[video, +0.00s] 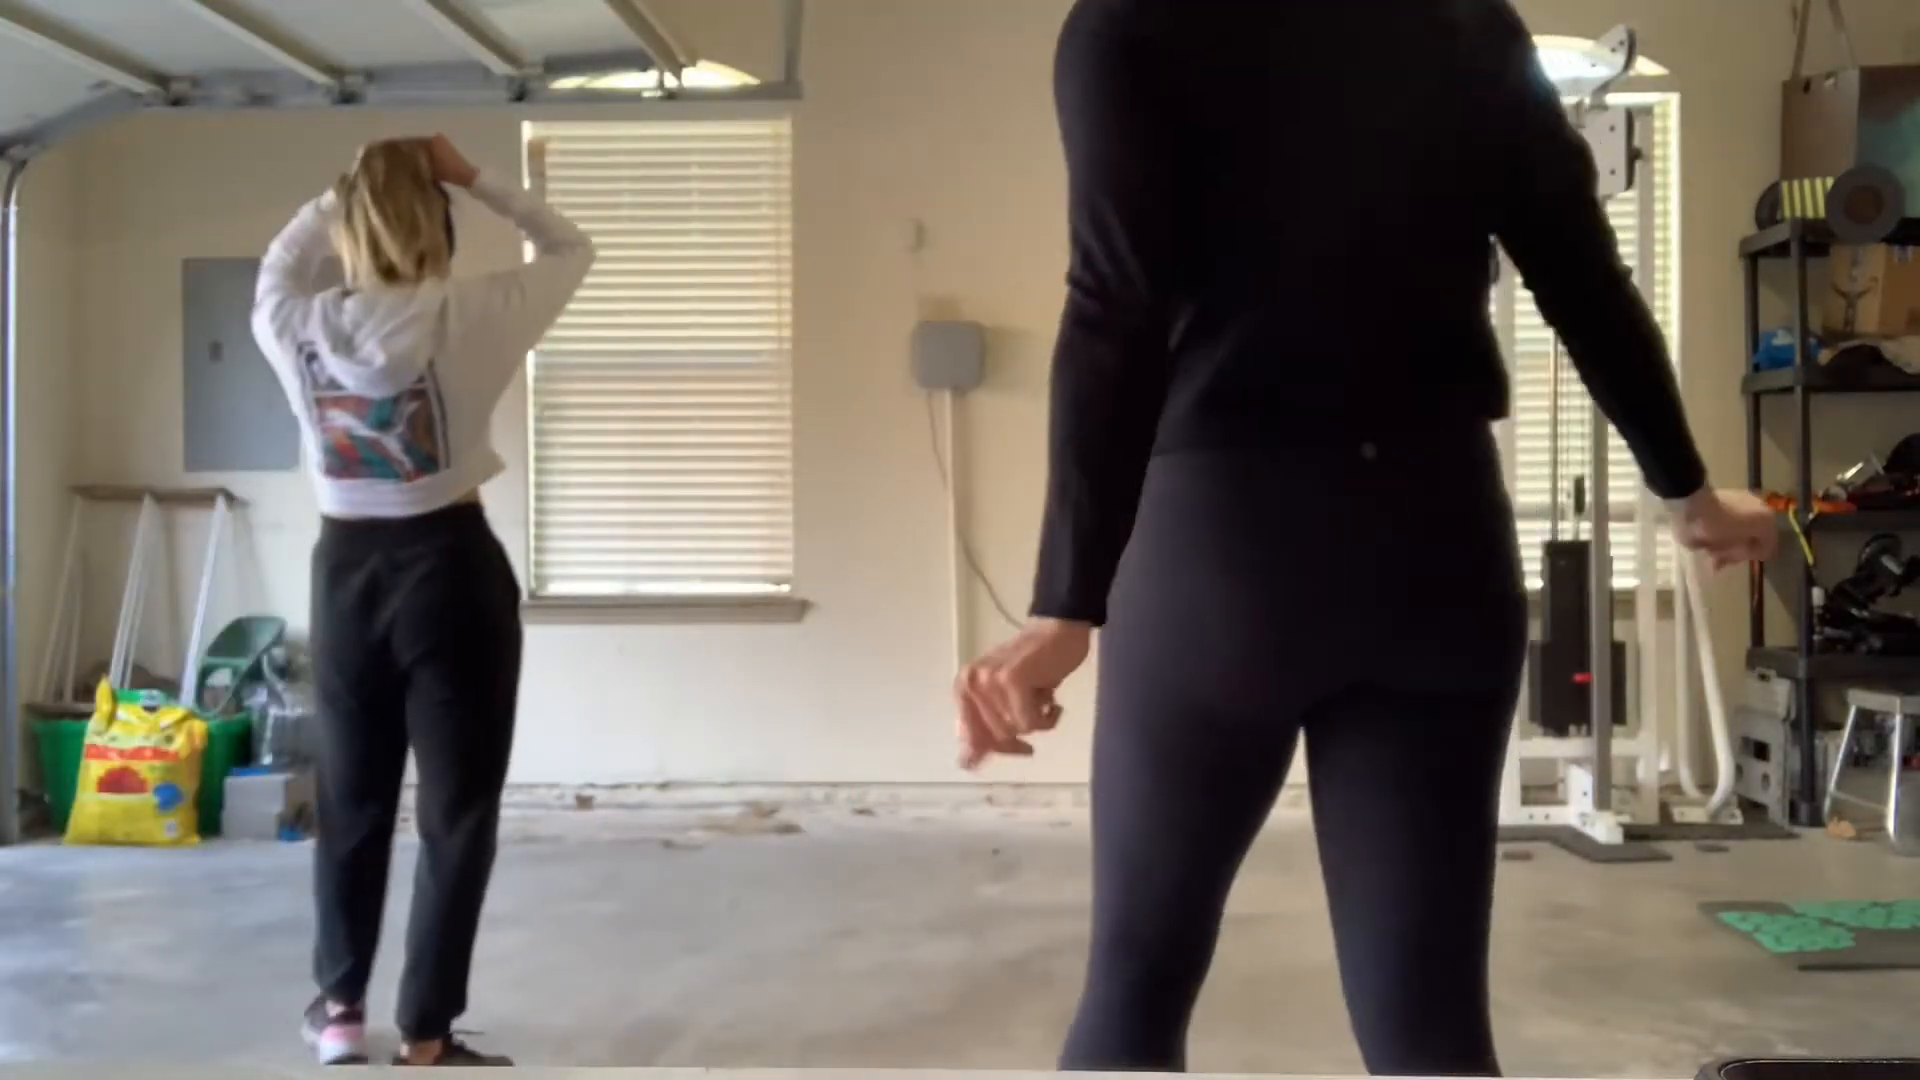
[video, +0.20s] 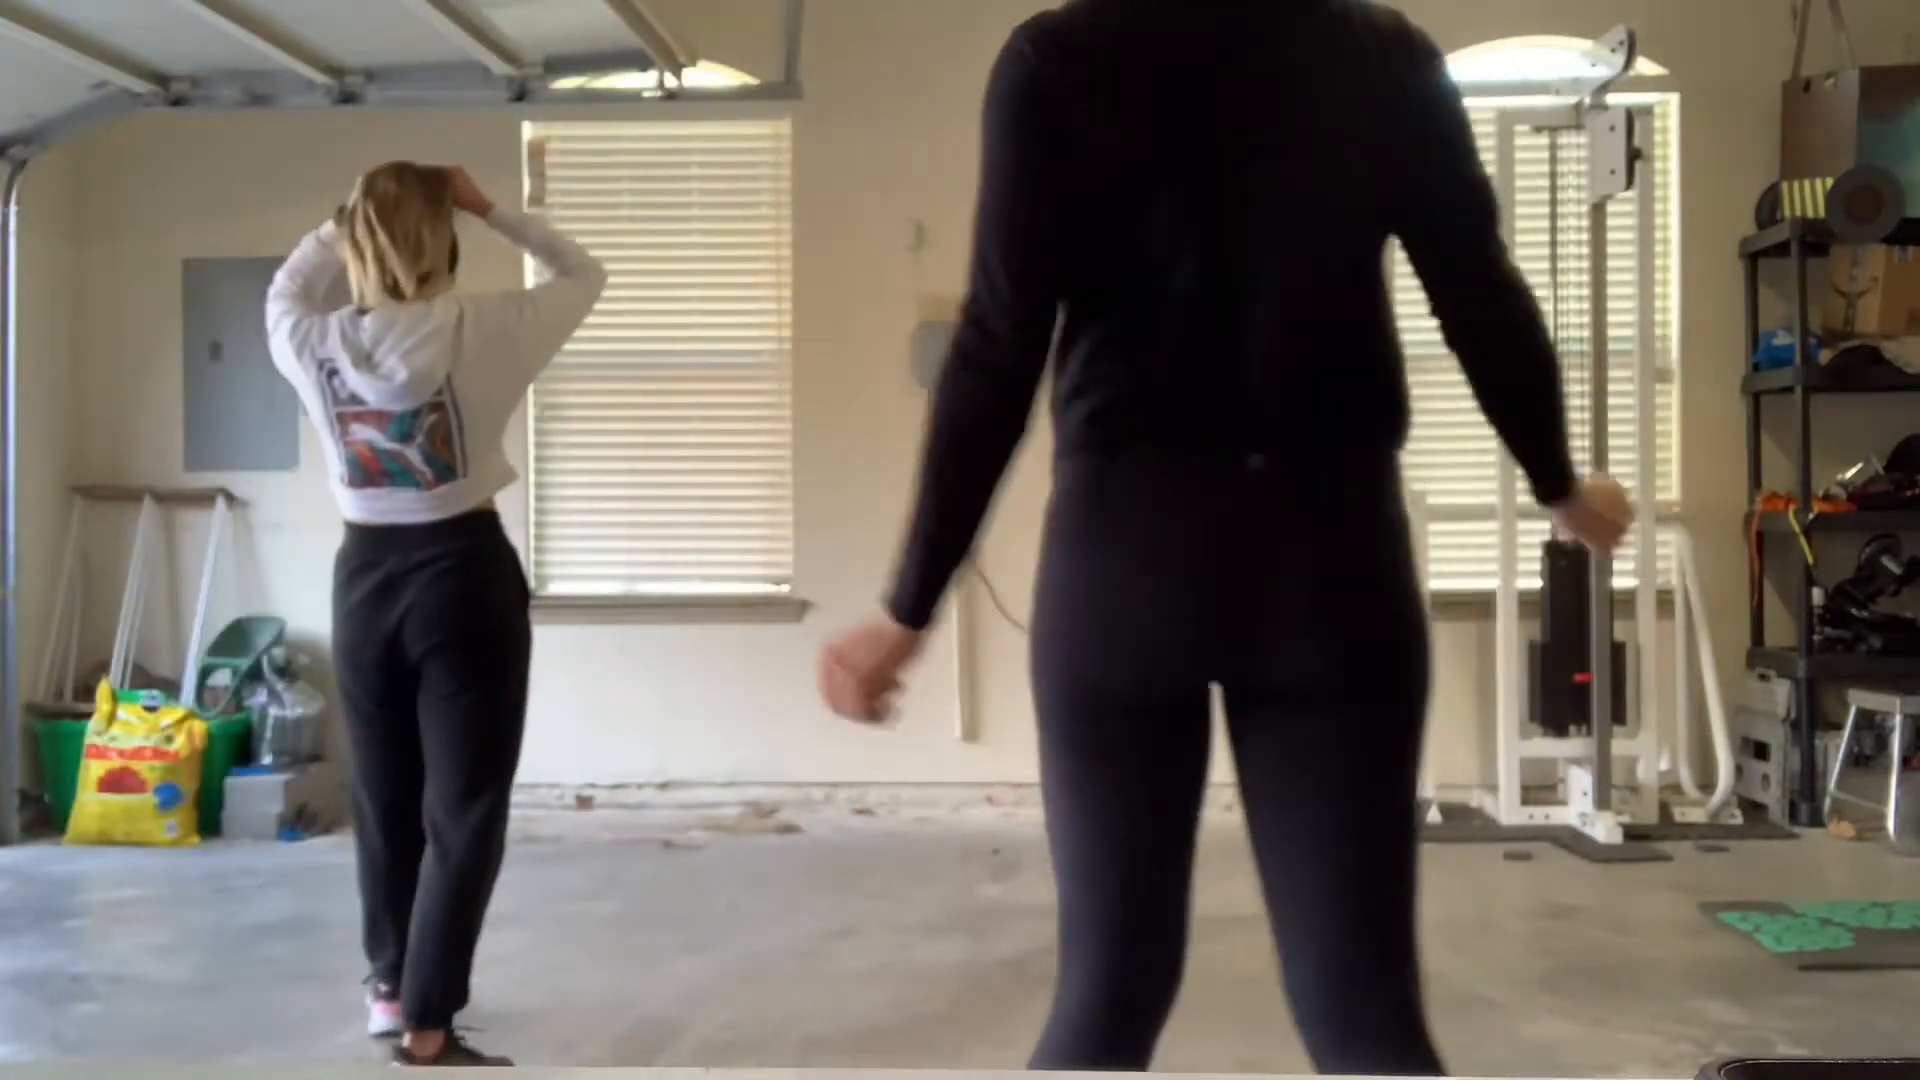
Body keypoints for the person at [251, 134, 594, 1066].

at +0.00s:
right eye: (441, 214)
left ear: (347, 235)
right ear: (444, 227)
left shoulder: (302, 325)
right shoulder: (478, 315)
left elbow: (280, 269)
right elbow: (569, 251)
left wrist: (341, 197)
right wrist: (475, 181)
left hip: (344, 573)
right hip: (452, 572)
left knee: (352, 803)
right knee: (458, 810)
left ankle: (339, 1011)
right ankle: (427, 1034)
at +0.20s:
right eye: (444, 226)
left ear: (356, 252)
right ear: (449, 244)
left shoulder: (318, 343)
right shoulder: (486, 331)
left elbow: (287, 292)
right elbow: (580, 276)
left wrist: (348, 223)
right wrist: (490, 209)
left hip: (365, 578)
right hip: (465, 577)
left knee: (384, 799)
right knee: (464, 808)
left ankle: (388, 993)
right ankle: (427, 1028)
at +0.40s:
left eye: (335, 247)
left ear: (342, 259)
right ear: (431, 240)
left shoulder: (323, 350)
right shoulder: (484, 334)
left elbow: (278, 303)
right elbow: (585, 287)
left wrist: (320, 237)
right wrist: (506, 216)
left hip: (362, 577)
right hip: (459, 577)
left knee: (379, 794)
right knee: (486, 794)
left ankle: (390, 994)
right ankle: (442, 994)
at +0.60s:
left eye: (353, 241)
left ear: (357, 270)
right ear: (442, 266)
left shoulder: (330, 356)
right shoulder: (483, 341)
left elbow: (286, 342)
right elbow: (597, 318)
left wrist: (331, 275)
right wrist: (522, 252)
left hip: (368, 579)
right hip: (464, 576)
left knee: (381, 786)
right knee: (522, 769)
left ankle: (389, 986)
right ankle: (480, 953)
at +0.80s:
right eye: (477, 264)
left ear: (391, 277)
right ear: (477, 279)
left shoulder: (354, 356)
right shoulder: (508, 353)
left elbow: (341, 328)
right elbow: (613, 325)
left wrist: (393, 272)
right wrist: (524, 276)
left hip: (398, 583)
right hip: (494, 580)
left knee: (395, 786)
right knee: (537, 769)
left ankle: (392, 981)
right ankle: (572, 936)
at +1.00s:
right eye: (518, 271)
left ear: (447, 292)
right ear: (523, 290)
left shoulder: (410, 368)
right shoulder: (559, 363)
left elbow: (385, 344)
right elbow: (643, 343)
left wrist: (447, 297)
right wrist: (559, 298)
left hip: (453, 580)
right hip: (546, 578)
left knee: (430, 776)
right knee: (574, 764)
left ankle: (399, 960)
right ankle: (580, 931)